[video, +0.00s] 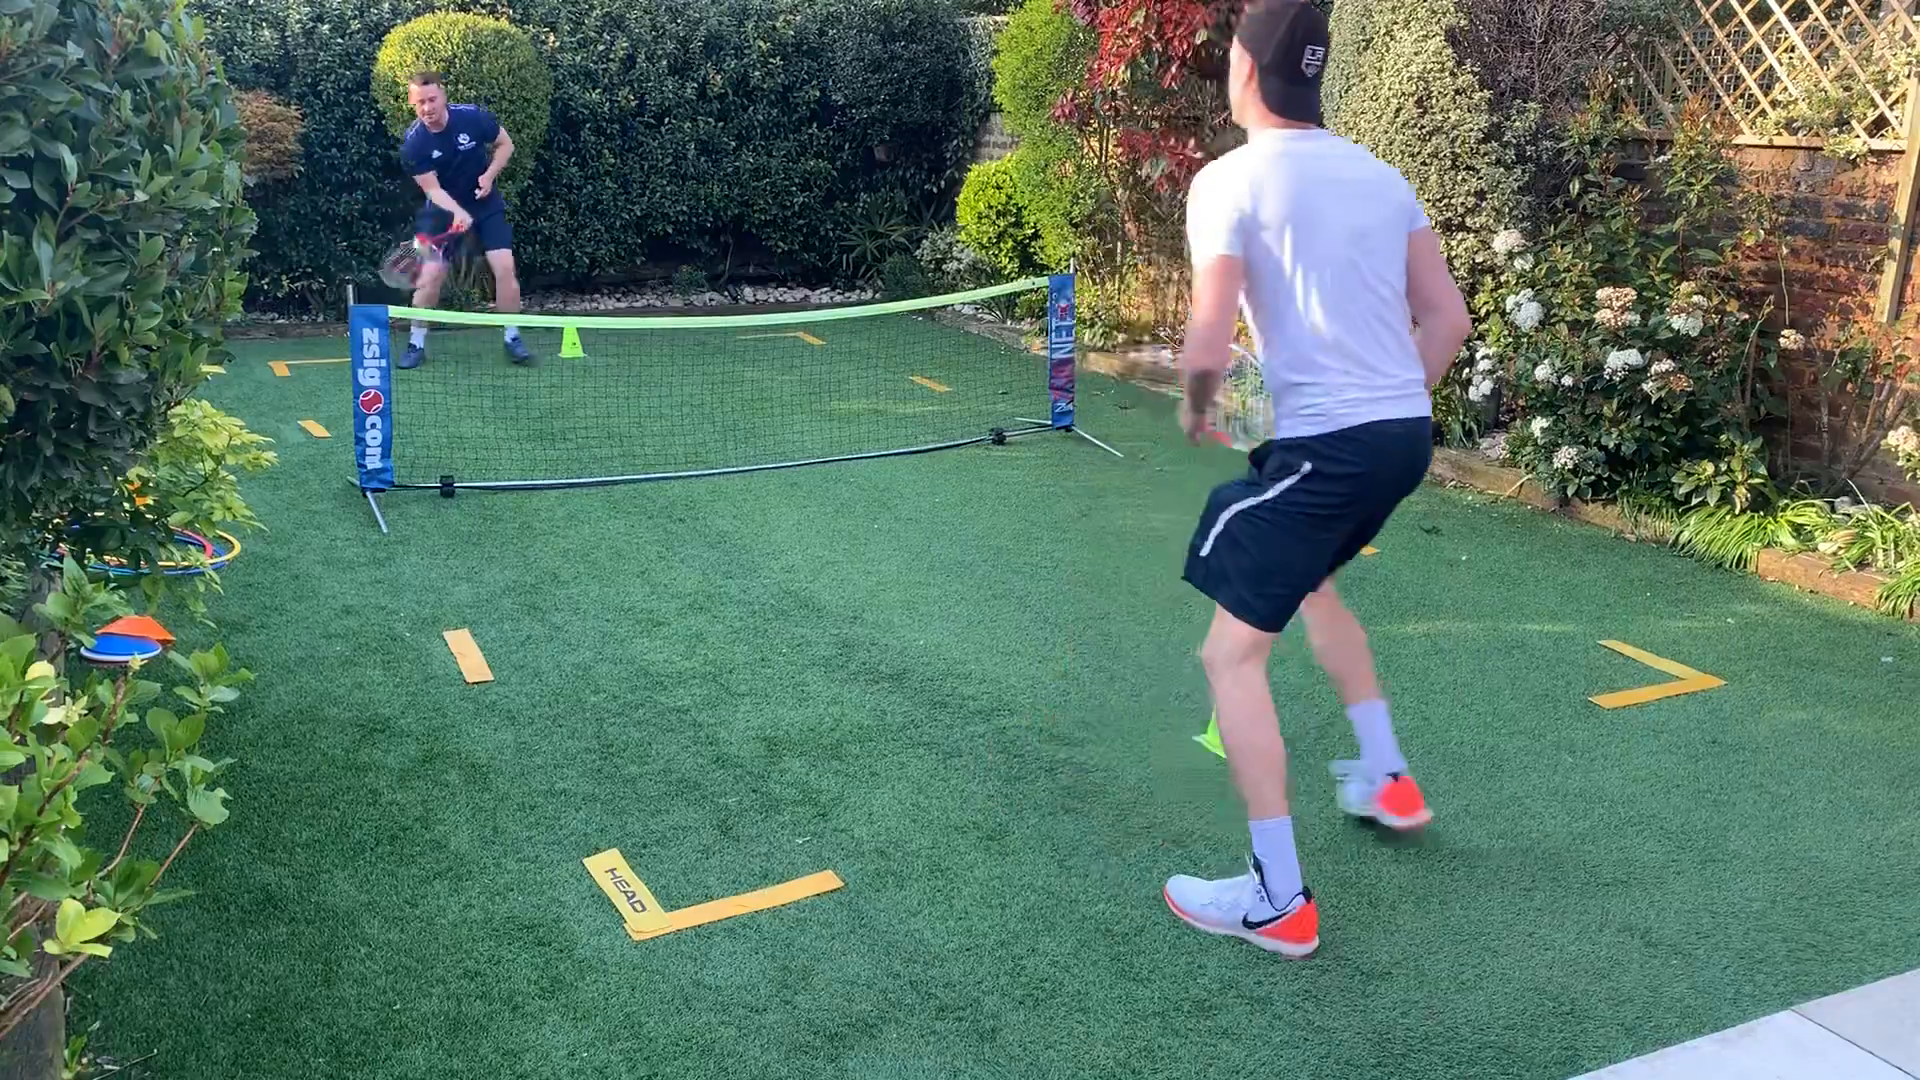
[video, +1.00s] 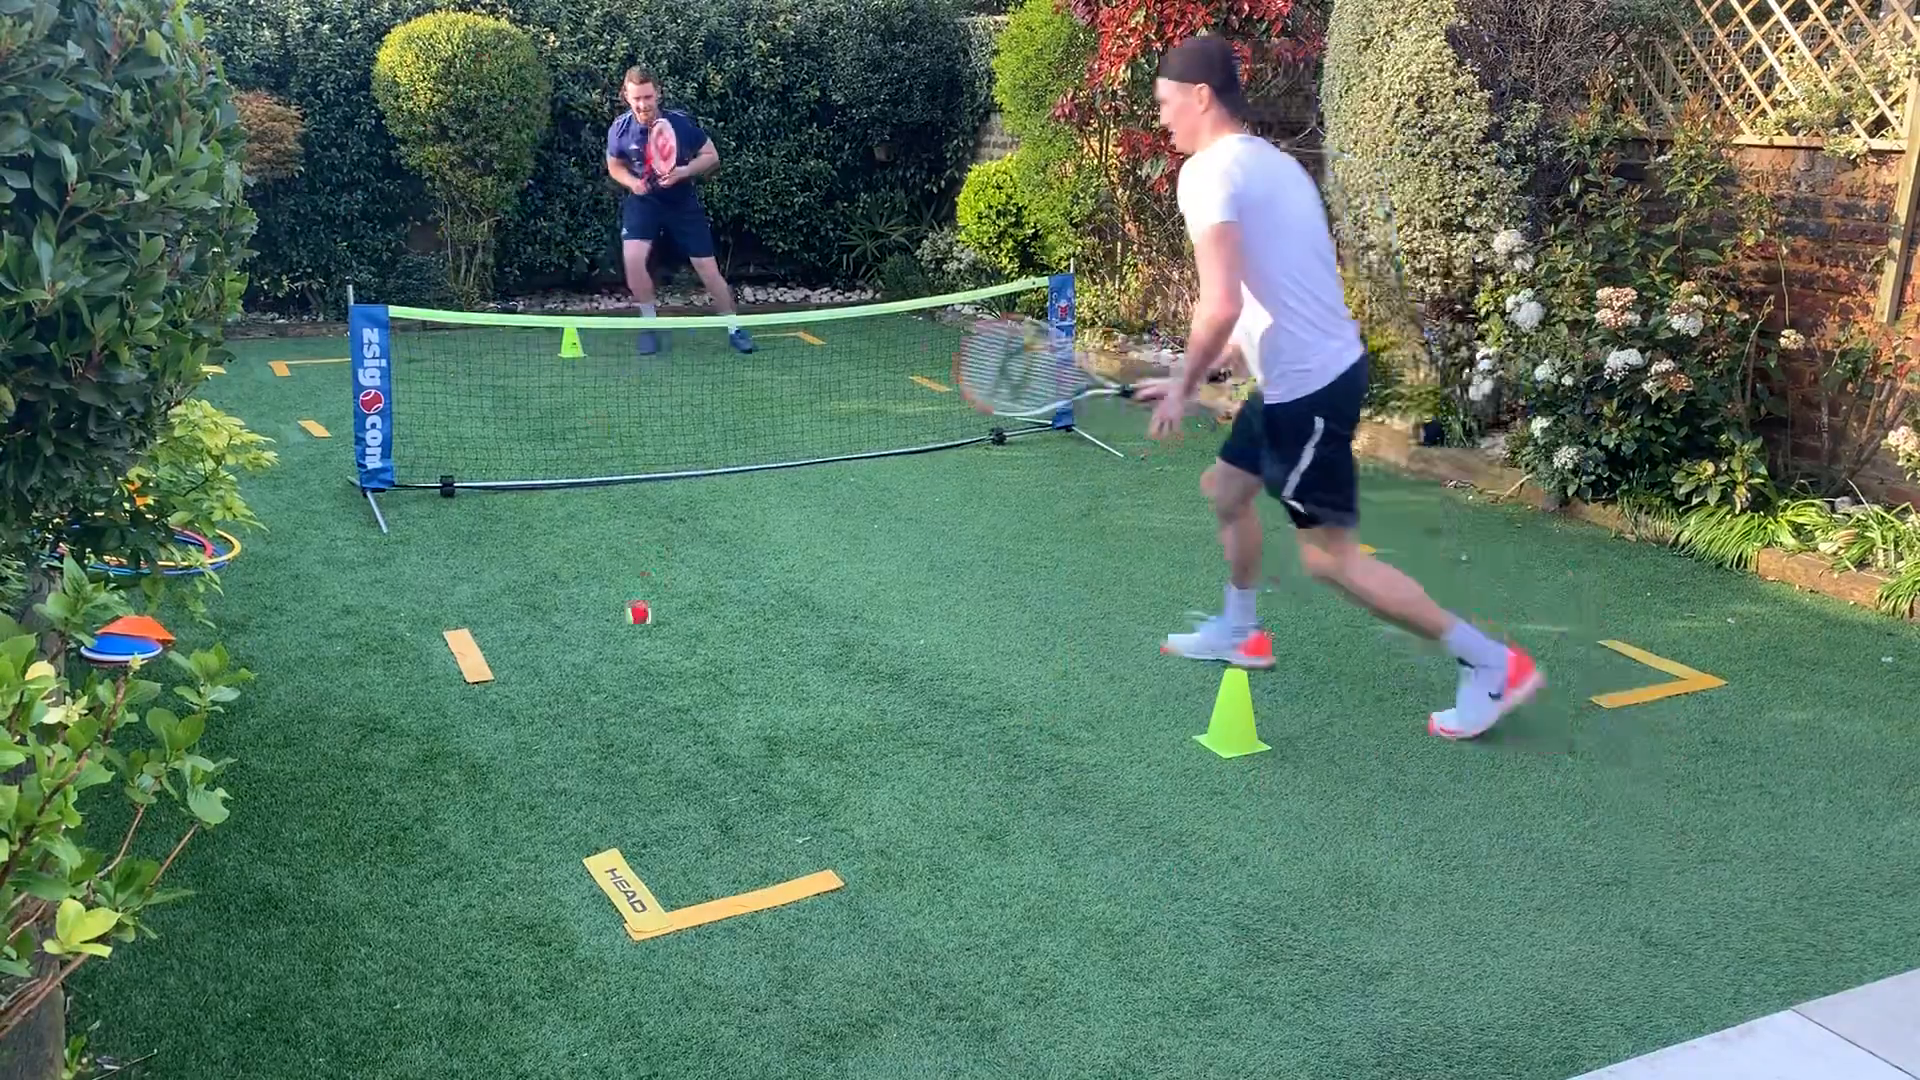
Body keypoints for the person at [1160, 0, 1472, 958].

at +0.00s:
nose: (1225, 76)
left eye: (1228, 61)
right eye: (1230, 60)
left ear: (1245, 73)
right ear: (1316, 74)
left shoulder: (1229, 181)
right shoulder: (1379, 174)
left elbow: (1211, 341)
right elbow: (1447, 319)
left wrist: (1198, 402)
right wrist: (1390, 402)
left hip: (1321, 442)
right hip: (1406, 435)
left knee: (1232, 654)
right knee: (1307, 579)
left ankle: (1277, 892)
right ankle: (1385, 773)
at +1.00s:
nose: (1161, 118)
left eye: (1166, 102)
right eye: (1159, 104)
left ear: (1202, 96)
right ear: (1213, 98)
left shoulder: (1212, 171)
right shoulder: (1274, 162)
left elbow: (1222, 305)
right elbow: (1277, 297)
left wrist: (1182, 386)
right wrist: (1198, 368)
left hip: (1308, 385)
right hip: (1308, 376)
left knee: (1330, 558)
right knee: (1226, 490)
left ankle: (1493, 663)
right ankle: (1237, 628)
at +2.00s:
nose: (730, 107)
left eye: (731, 97)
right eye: (735, 96)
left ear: (739, 107)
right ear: (809, 103)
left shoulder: (787, 176)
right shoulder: (842, 173)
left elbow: (765, 301)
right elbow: (899, 310)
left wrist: (689, 414)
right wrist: (805, 373)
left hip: (846, 410)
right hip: (865, 400)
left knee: (712, 571)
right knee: (744, 529)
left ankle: (783, 765)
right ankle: (707, 661)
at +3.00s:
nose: (1306, 122)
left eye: (1309, 108)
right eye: (1309, 106)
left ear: (1324, 116)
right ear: (1396, 114)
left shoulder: (1312, 216)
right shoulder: (1461, 202)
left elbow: (1306, 365)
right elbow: (1536, 343)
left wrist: (1283, 490)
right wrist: (1487, 429)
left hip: (1390, 471)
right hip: (1487, 462)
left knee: (1345, 675)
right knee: (1525, 637)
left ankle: (1364, 868)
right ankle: (1612, 832)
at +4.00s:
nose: (1436, 200)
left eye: (1440, 182)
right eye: (1430, 186)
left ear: (1485, 166)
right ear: (1478, 172)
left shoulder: (1576, 224)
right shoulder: (1488, 253)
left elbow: (1517, 371)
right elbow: (1471, 371)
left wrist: (1427, 464)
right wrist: (1424, 466)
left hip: (1674, 399)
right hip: (1601, 398)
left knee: (1597, 571)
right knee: (1483, 507)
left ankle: (1685, 734)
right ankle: (1482, 647)